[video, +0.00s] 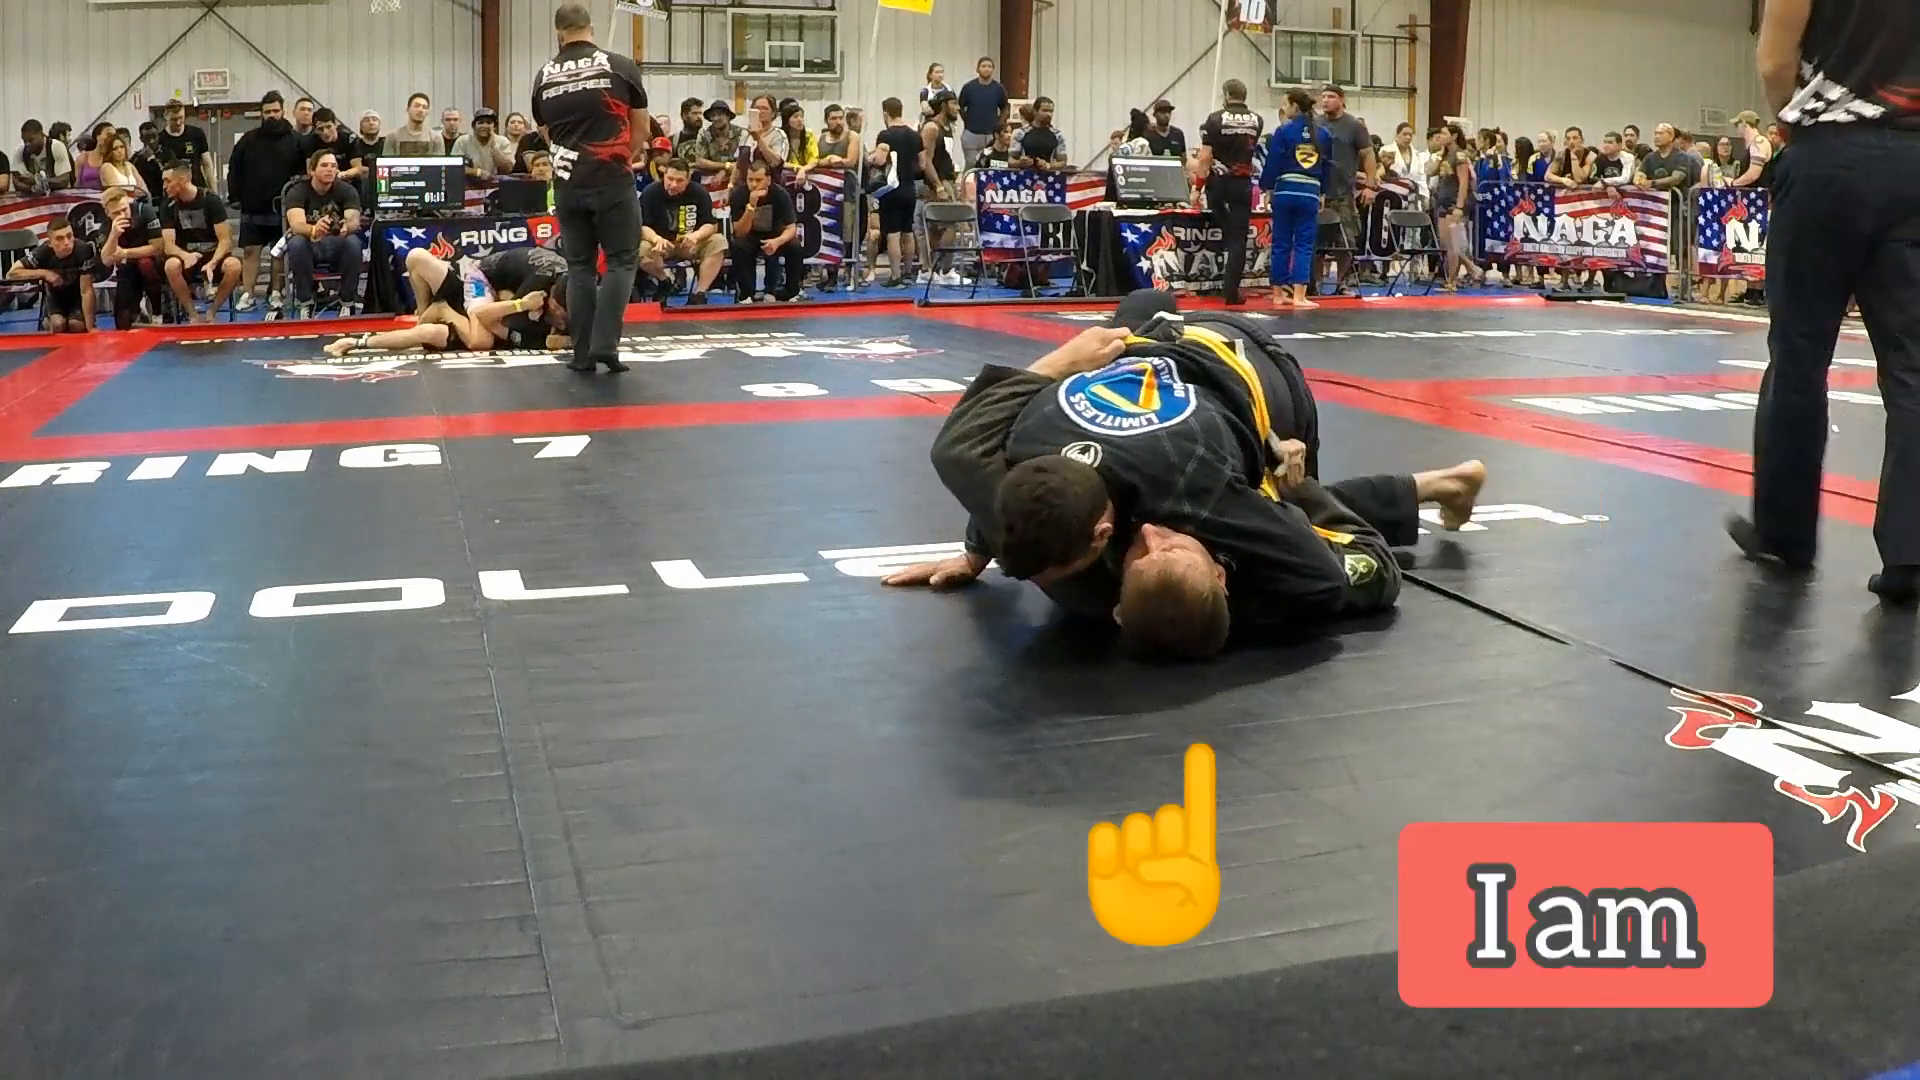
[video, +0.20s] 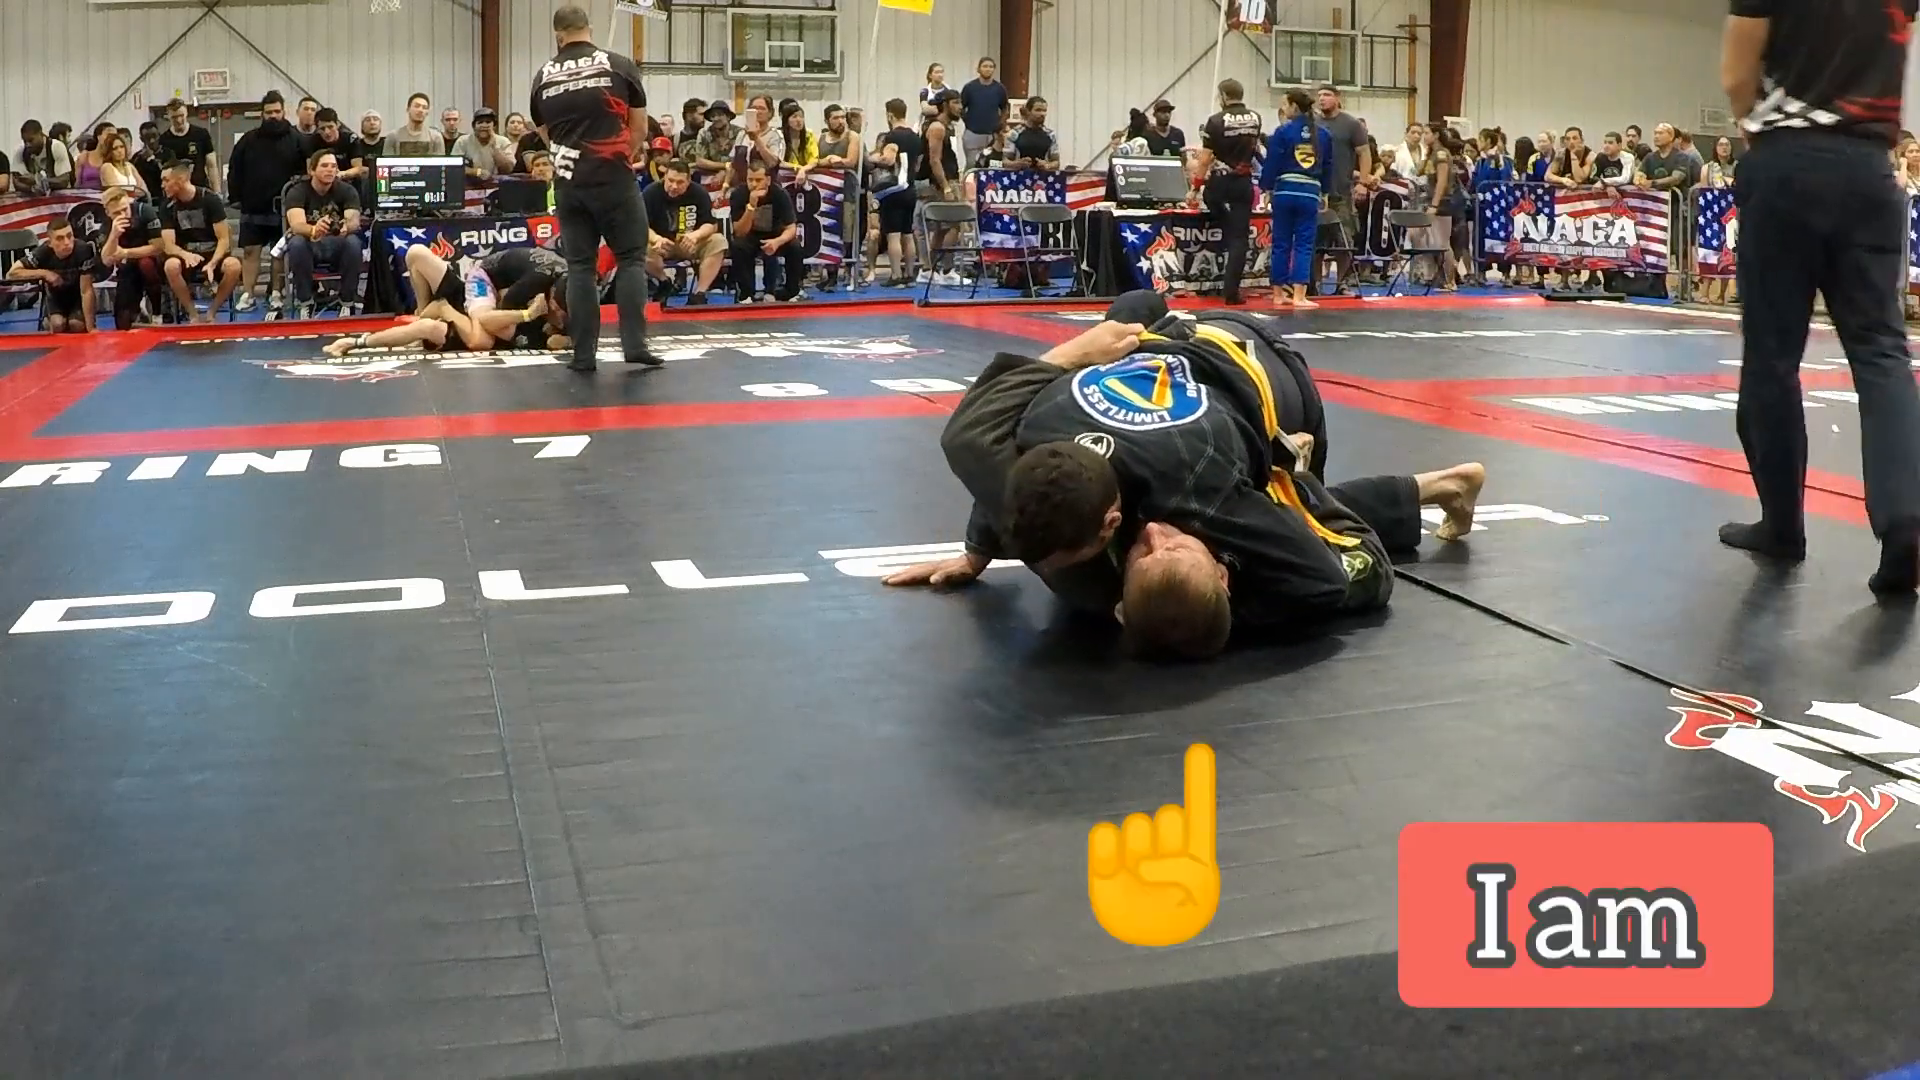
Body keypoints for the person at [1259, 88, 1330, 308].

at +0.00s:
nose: (1283, 108)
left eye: (1286, 104)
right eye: (1284, 104)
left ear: (1295, 106)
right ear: (1306, 107)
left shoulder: (1283, 131)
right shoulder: (1322, 134)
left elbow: (1272, 161)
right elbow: (1326, 166)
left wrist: (1266, 186)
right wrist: (1322, 191)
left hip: (1284, 190)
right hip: (1310, 193)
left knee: (1281, 242)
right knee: (1305, 243)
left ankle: (1278, 292)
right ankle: (1299, 295)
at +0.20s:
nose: (1284, 108)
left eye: (1286, 105)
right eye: (1285, 104)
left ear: (1294, 106)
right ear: (1307, 106)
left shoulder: (1283, 131)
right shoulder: (1323, 134)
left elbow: (1272, 162)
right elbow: (1327, 166)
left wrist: (1266, 185)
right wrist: (1325, 190)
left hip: (1284, 190)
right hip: (1310, 193)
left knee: (1281, 241)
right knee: (1305, 243)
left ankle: (1278, 293)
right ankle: (1299, 295)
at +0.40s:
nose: (1283, 109)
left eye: (1285, 105)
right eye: (1284, 104)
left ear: (1293, 106)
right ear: (1307, 106)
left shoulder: (1282, 132)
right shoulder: (1323, 133)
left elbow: (1271, 163)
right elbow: (1328, 166)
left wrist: (1266, 187)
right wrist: (1326, 190)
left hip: (1284, 190)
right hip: (1310, 193)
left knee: (1281, 241)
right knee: (1304, 243)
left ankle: (1278, 292)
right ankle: (1299, 295)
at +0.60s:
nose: (1284, 109)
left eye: (1286, 105)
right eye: (1285, 104)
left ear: (1292, 106)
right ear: (1307, 106)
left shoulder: (1282, 131)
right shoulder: (1323, 133)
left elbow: (1271, 162)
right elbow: (1328, 167)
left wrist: (1266, 187)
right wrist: (1325, 190)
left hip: (1284, 191)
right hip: (1310, 193)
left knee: (1281, 242)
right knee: (1305, 243)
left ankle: (1278, 293)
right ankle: (1299, 296)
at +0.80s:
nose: (1285, 109)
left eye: (1286, 105)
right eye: (1286, 105)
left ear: (1292, 106)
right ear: (1309, 106)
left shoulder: (1282, 130)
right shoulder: (1324, 133)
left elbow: (1271, 161)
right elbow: (1329, 166)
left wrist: (1266, 188)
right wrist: (1327, 191)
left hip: (1284, 191)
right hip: (1310, 193)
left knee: (1281, 242)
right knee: (1305, 243)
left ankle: (1278, 292)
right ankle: (1299, 296)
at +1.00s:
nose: (1285, 108)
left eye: (1287, 105)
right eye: (1286, 105)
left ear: (1292, 106)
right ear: (1311, 106)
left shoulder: (1282, 130)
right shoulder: (1325, 134)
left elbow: (1270, 161)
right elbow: (1330, 166)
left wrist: (1266, 188)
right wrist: (1328, 191)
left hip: (1284, 191)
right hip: (1311, 194)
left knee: (1281, 242)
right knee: (1305, 244)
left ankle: (1278, 293)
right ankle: (1299, 296)